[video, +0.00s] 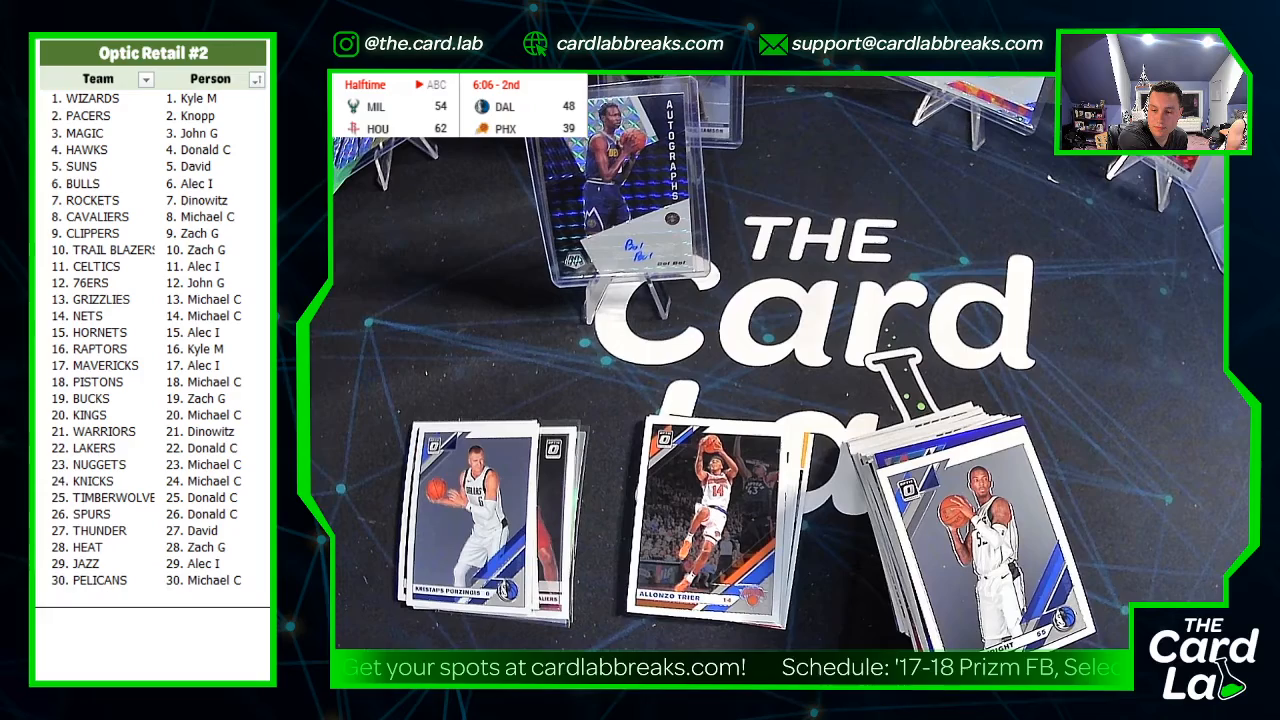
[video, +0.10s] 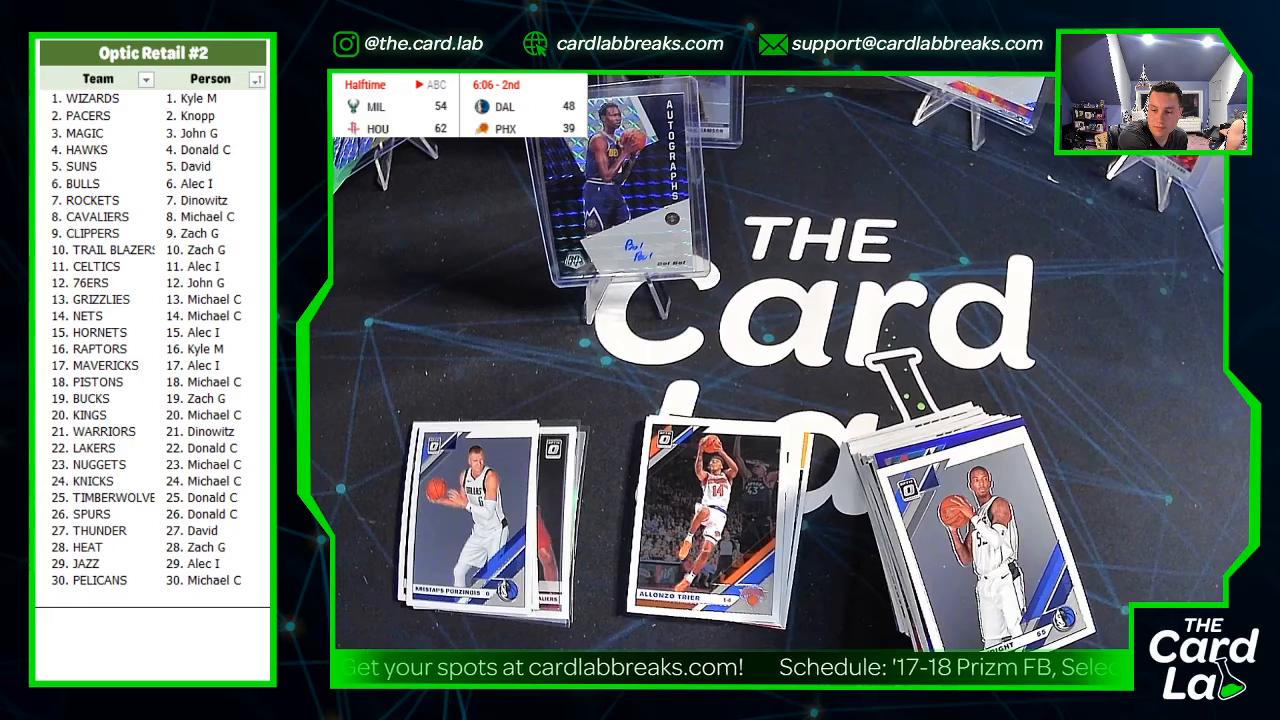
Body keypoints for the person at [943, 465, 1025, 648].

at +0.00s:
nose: (980, 483)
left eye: (984, 479)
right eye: (976, 480)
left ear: (990, 482)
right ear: (970, 485)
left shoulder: (1000, 504)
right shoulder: (975, 517)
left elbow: (997, 539)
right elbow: (965, 559)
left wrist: (973, 517)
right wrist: (953, 531)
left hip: (1007, 579)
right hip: (985, 584)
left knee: (1018, 633)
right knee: (992, 639)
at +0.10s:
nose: (980, 483)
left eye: (983, 479)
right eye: (975, 480)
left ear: (990, 481)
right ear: (970, 485)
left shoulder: (1000, 504)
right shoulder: (974, 518)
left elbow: (997, 539)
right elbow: (965, 559)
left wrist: (972, 517)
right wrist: (953, 530)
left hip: (1007, 579)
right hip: (985, 584)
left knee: (1018, 633)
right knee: (992, 640)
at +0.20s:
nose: (980, 483)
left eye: (984, 479)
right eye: (975, 480)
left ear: (990, 482)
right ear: (970, 485)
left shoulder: (1000, 504)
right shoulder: (975, 517)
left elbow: (997, 539)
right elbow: (965, 559)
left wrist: (973, 517)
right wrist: (953, 531)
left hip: (1007, 579)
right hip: (985, 584)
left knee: (1018, 633)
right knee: (992, 639)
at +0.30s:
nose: (980, 483)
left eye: (984, 479)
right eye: (975, 480)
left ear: (990, 482)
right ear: (970, 485)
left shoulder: (1000, 504)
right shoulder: (975, 517)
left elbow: (997, 539)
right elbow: (965, 559)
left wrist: (973, 517)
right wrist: (953, 530)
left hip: (1007, 579)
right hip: (985, 584)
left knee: (1018, 633)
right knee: (992, 639)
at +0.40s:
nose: (980, 483)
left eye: (983, 479)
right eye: (975, 480)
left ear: (990, 481)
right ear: (970, 485)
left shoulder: (1000, 504)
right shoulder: (974, 518)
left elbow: (997, 539)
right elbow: (965, 559)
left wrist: (972, 517)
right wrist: (953, 530)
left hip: (1007, 579)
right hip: (985, 585)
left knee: (1018, 633)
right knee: (992, 640)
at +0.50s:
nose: (980, 483)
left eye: (983, 479)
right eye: (975, 480)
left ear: (990, 481)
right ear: (970, 485)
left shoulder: (1000, 504)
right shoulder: (974, 518)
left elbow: (997, 539)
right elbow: (965, 559)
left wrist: (972, 517)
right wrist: (953, 530)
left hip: (1007, 579)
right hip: (985, 585)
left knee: (1018, 633)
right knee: (992, 640)